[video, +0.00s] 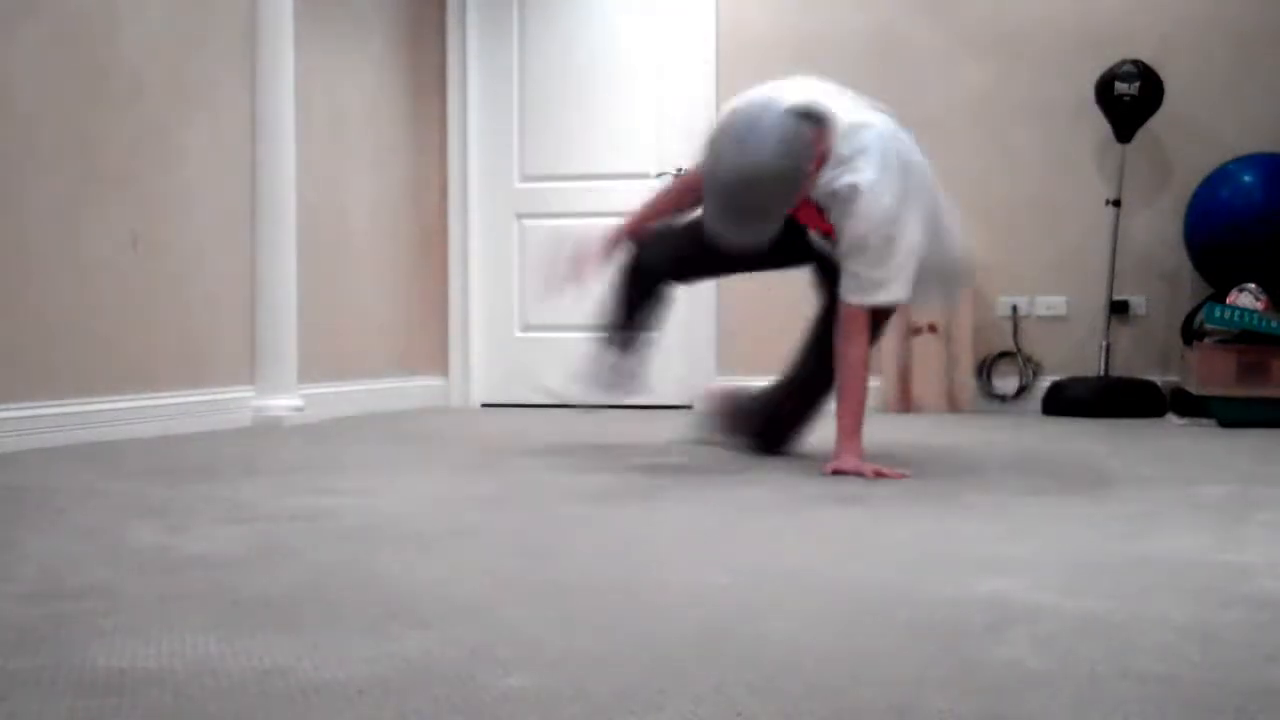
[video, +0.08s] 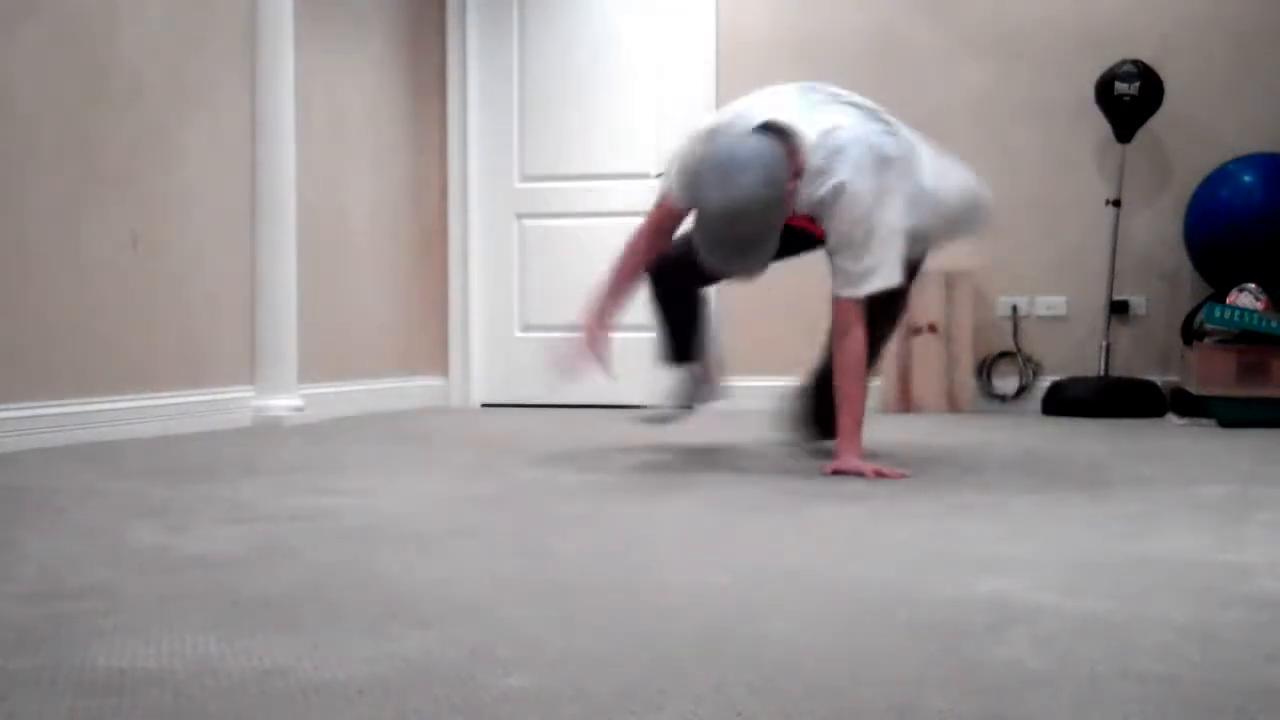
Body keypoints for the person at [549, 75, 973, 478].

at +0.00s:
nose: (740, 229)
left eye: (754, 217)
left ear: (813, 164)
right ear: (730, 151)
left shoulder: (871, 190)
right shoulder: (748, 127)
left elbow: (852, 330)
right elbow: (698, 184)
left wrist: (848, 451)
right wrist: (619, 236)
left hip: (870, 262)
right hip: (802, 220)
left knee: (819, 371)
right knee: (655, 254)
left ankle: (753, 423)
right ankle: (619, 362)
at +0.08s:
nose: (736, 257)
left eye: (748, 248)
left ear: (786, 187)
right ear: (715, 185)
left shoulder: (855, 187)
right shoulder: (710, 149)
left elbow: (851, 328)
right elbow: (655, 232)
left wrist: (849, 450)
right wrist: (601, 316)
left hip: (907, 212)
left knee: (867, 336)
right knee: (672, 271)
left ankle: (818, 421)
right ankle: (696, 376)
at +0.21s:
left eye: (737, 281)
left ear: (770, 213)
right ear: (685, 218)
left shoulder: (830, 190)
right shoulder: (683, 185)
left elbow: (836, 328)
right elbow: (659, 297)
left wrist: (847, 453)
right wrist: (644, 407)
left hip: (899, 159)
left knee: (909, 308)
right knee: (688, 289)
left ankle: (933, 400)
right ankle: (768, 385)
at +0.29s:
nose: (729, 291)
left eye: (737, 276)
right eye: (713, 282)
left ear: (768, 220)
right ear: (686, 229)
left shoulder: (821, 191)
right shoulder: (685, 206)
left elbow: (838, 325)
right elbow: (684, 332)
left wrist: (848, 450)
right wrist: (670, 447)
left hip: (875, 177)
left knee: (978, 303)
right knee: (699, 321)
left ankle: (1024, 401)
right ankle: (775, 424)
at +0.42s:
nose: (730, 250)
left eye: (741, 236)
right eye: (717, 240)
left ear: (768, 192)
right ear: (688, 205)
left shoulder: (824, 163)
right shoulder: (693, 195)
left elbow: (832, 310)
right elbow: (687, 316)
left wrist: (849, 442)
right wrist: (662, 437)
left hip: (877, 186)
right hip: (797, 215)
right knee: (705, 305)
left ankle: (1068, 385)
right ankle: (776, 425)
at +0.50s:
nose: (739, 221)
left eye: (749, 205)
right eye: (723, 208)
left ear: (776, 161)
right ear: (696, 173)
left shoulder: (837, 140)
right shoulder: (704, 170)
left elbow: (846, 277)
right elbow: (689, 296)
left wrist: (841, 400)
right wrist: (653, 414)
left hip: (892, 170)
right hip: (809, 204)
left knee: (974, 202)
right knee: (712, 293)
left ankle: (1035, 383)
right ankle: (777, 423)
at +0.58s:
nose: (748, 169)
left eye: (756, 154)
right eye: (731, 162)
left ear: (778, 117)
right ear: (706, 136)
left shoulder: (847, 107)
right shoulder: (714, 147)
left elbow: (872, 242)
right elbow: (686, 274)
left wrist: (837, 353)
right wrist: (648, 384)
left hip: (906, 170)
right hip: (818, 195)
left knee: (965, 248)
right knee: (720, 284)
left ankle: (1015, 430)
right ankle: (778, 425)